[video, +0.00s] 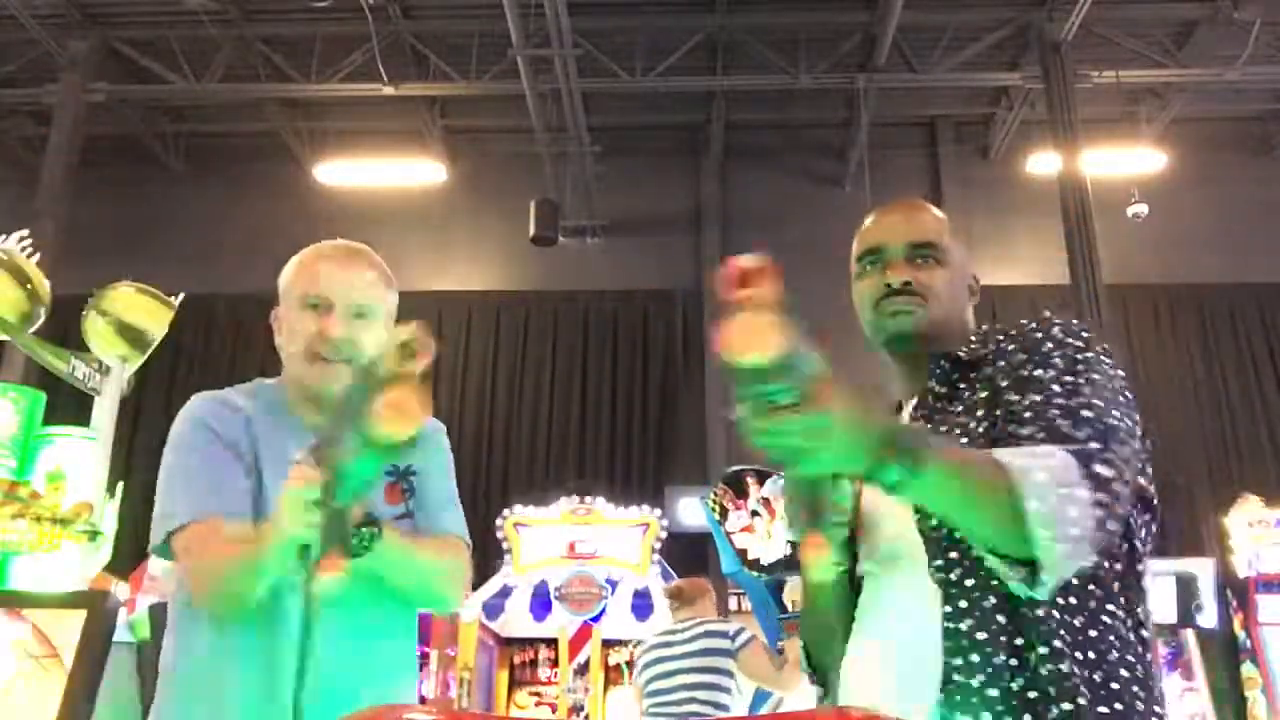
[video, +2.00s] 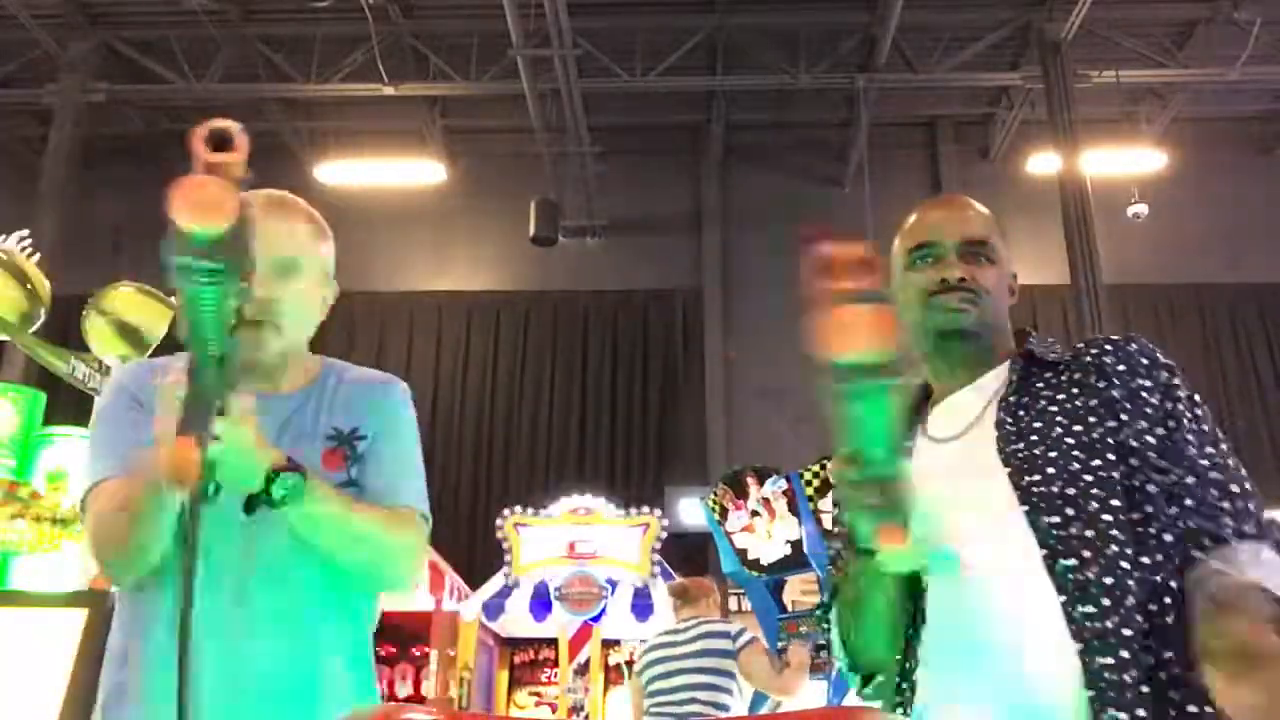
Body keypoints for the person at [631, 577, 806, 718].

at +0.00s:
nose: (716, 607)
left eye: (714, 601)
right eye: (714, 601)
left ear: (672, 610)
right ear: (710, 599)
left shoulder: (646, 648)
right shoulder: (729, 632)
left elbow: (641, 706)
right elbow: (786, 684)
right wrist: (794, 650)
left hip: (658, 714)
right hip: (711, 712)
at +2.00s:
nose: (721, 609)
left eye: (720, 604)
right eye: (720, 603)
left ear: (675, 610)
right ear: (712, 601)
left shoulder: (647, 649)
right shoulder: (730, 633)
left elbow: (638, 715)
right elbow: (787, 687)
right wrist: (800, 659)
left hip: (660, 716)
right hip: (707, 713)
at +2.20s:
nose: (721, 609)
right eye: (720, 603)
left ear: (677, 609)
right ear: (713, 601)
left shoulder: (647, 647)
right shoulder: (730, 633)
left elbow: (638, 711)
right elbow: (774, 694)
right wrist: (790, 661)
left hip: (658, 714)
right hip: (710, 713)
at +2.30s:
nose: (720, 610)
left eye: (720, 604)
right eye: (719, 604)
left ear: (677, 610)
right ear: (712, 602)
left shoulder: (647, 647)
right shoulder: (729, 632)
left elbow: (637, 712)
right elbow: (751, 690)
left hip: (657, 715)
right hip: (705, 713)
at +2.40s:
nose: (721, 612)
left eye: (719, 605)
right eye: (719, 605)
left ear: (675, 609)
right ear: (715, 601)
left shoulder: (646, 647)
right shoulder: (729, 632)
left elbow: (637, 713)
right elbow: (754, 695)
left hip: (657, 714)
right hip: (708, 713)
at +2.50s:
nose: (721, 607)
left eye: (717, 599)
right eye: (716, 598)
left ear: (673, 607)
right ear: (706, 599)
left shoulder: (647, 647)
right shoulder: (727, 631)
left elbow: (637, 712)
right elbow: (776, 693)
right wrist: (790, 665)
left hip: (656, 715)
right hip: (706, 713)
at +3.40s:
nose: (728, 611)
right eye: (725, 605)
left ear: (679, 612)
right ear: (721, 602)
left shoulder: (654, 646)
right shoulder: (736, 636)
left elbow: (649, 699)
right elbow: (795, 687)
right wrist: (794, 648)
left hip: (661, 714)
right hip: (713, 711)